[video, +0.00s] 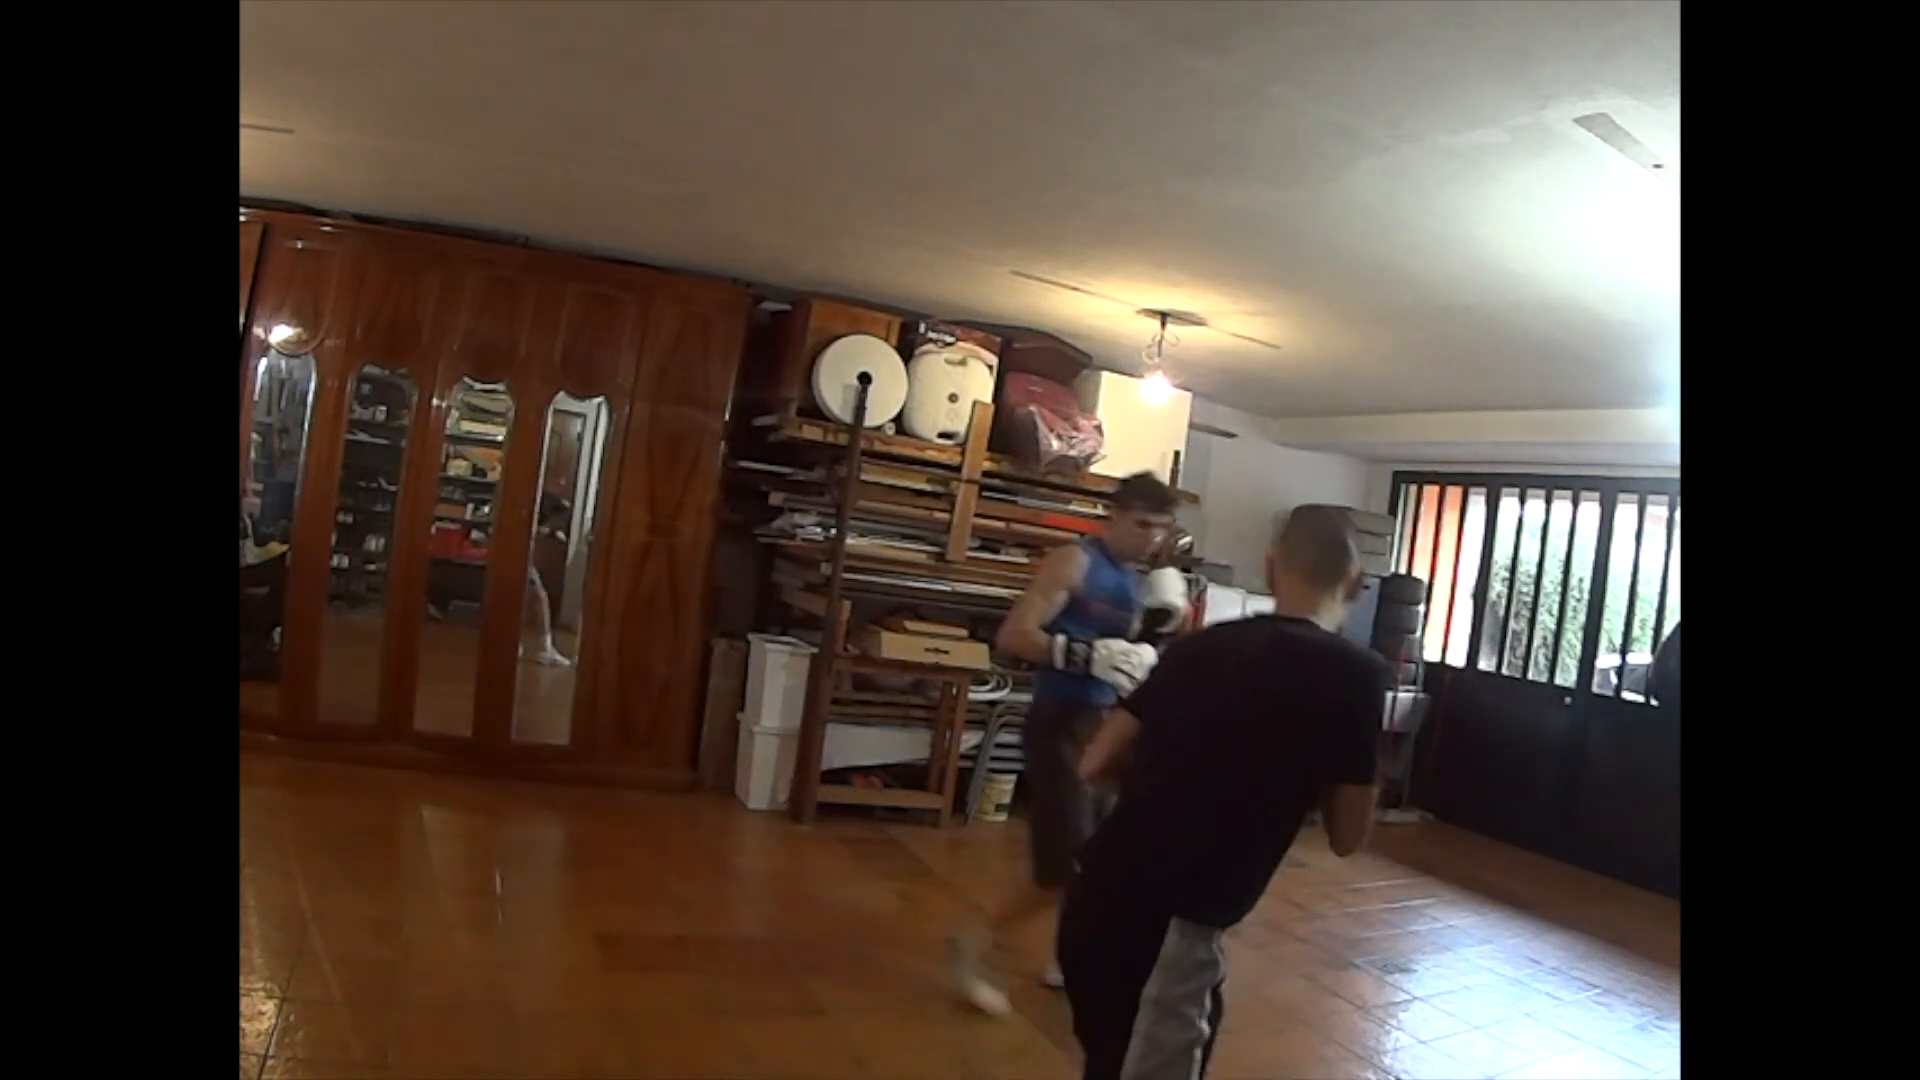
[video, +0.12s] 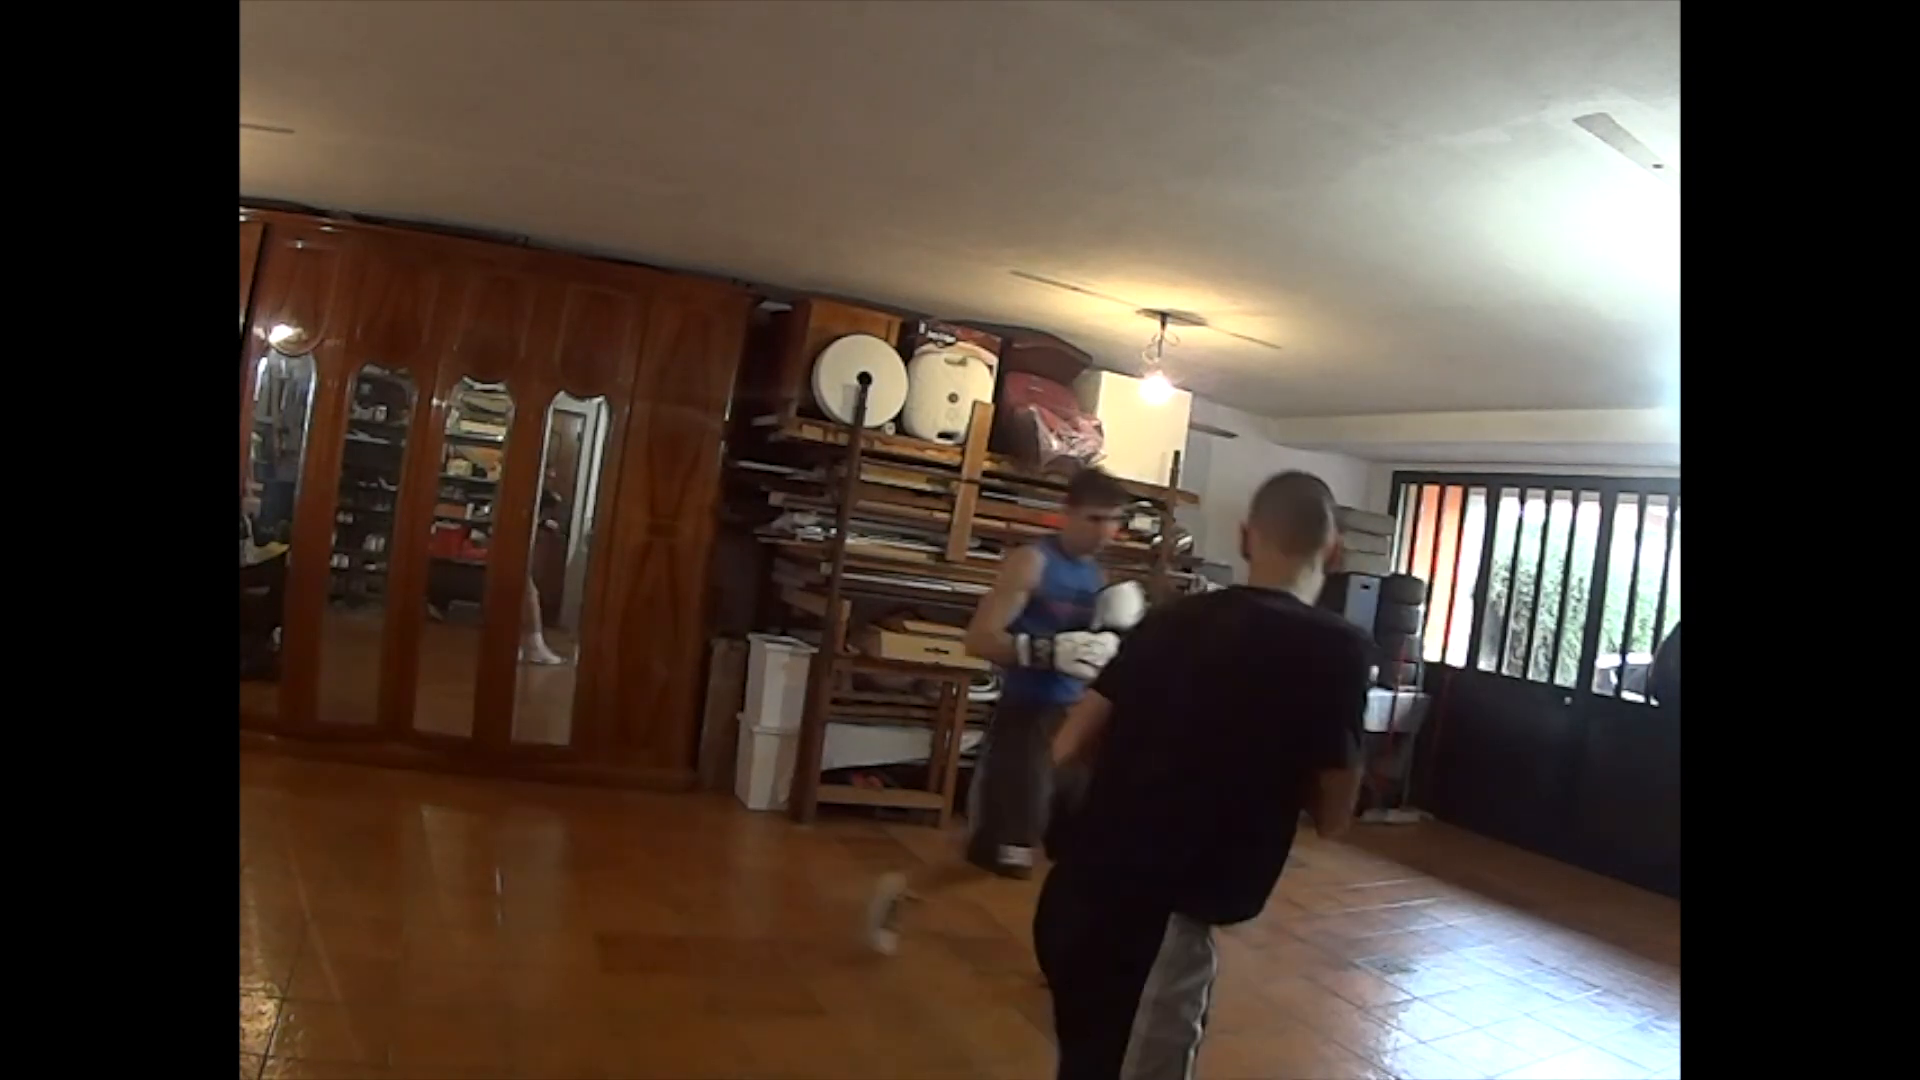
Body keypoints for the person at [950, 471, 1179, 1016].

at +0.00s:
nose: (1150, 538)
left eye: (1159, 529)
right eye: (1141, 524)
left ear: (1164, 533)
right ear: (1112, 518)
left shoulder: (1136, 579)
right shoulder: (1074, 561)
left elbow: (1129, 646)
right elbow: (1014, 635)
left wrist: (1163, 621)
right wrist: (1087, 654)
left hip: (1106, 726)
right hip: (1059, 722)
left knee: (1095, 852)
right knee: (1061, 863)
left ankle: (1067, 960)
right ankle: (981, 946)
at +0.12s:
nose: (1106, 533)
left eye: (1113, 522)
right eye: (1095, 519)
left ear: (1118, 523)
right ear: (1068, 514)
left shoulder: (1095, 577)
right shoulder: (1029, 563)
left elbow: (1089, 649)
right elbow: (980, 638)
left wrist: (1111, 634)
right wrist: (1048, 651)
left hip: (1073, 723)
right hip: (1025, 720)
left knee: (1072, 847)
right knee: (1006, 852)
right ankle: (903, 892)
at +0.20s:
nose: (1080, 534)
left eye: (1086, 522)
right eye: (1069, 522)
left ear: (1091, 522)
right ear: (1043, 516)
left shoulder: (1074, 569)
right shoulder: (1006, 565)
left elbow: (1061, 633)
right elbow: (958, 643)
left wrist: (1087, 638)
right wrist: (1026, 654)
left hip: (1057, 723)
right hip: (1003, 720)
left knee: (1066, 848)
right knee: (963, 846)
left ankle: (1071, 967)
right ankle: (868, 886)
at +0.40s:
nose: (1013, 526)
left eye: (1020, 517)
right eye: (1003, 514)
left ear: (1028, 518)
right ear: (980, 511)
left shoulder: (1021, 567)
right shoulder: (938, 559)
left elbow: (1007, 628)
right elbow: (892, 634)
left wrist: (1034, 638)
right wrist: (946, 643)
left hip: (980, 715)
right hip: (927, 707)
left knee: (1005, 829)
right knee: (888, 815)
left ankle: (1012, 934)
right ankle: (844, 895)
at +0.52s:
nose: (995, 498)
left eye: (1004, 489)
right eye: (986, 486)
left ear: (1010, 492)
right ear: (961, 483)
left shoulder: (1004, 539)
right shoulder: (919, 529)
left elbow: (995, 599)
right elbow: (865, 601)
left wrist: (1017, 601)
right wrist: (917, 613)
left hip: (961, 684)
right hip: (911, 678)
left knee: (957, 806)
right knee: (879, 797)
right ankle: (844, 889)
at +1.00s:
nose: (976, 498)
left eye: (983, 490)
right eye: (967, 487)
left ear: (986, 494)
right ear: (940, 486)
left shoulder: (975, 545)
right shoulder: (899, 529)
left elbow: (974, 635)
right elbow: (837, 592)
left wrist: (983, 598)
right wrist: (877, 604)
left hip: (926, 684)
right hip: (884, 676)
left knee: (877, 788)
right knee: (904, 813)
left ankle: (829, 871)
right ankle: (868, 940)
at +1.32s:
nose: (1005, 522)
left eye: (1014, 514)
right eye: (996, 509)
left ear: (1020, 521)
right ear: (969, 503)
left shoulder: (996, 567)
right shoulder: (923, 551)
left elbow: (1006, 657)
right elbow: (899, 646)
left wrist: (1035, 605)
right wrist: (939, 592)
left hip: (943, 712)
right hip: (903, 704)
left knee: (905, 817)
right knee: (919, 849)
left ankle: (834, 869)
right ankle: (899, 991)